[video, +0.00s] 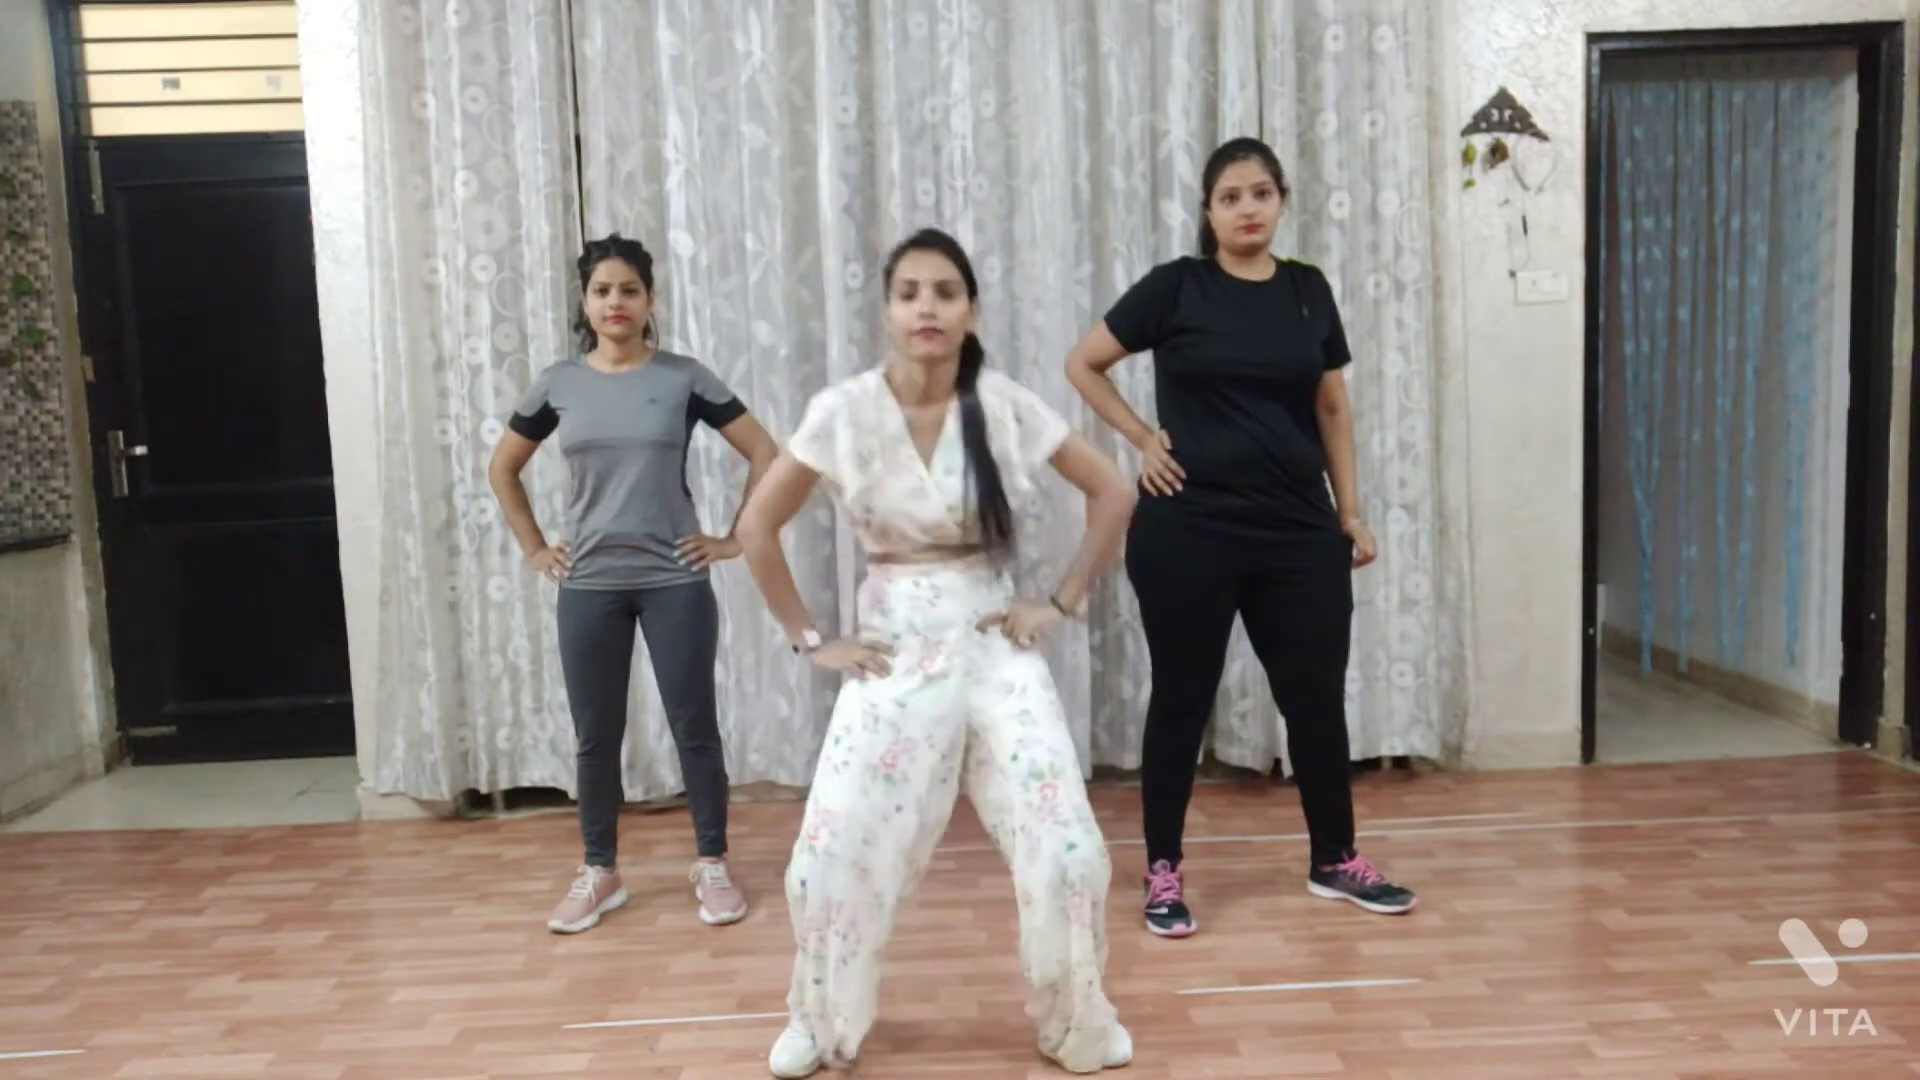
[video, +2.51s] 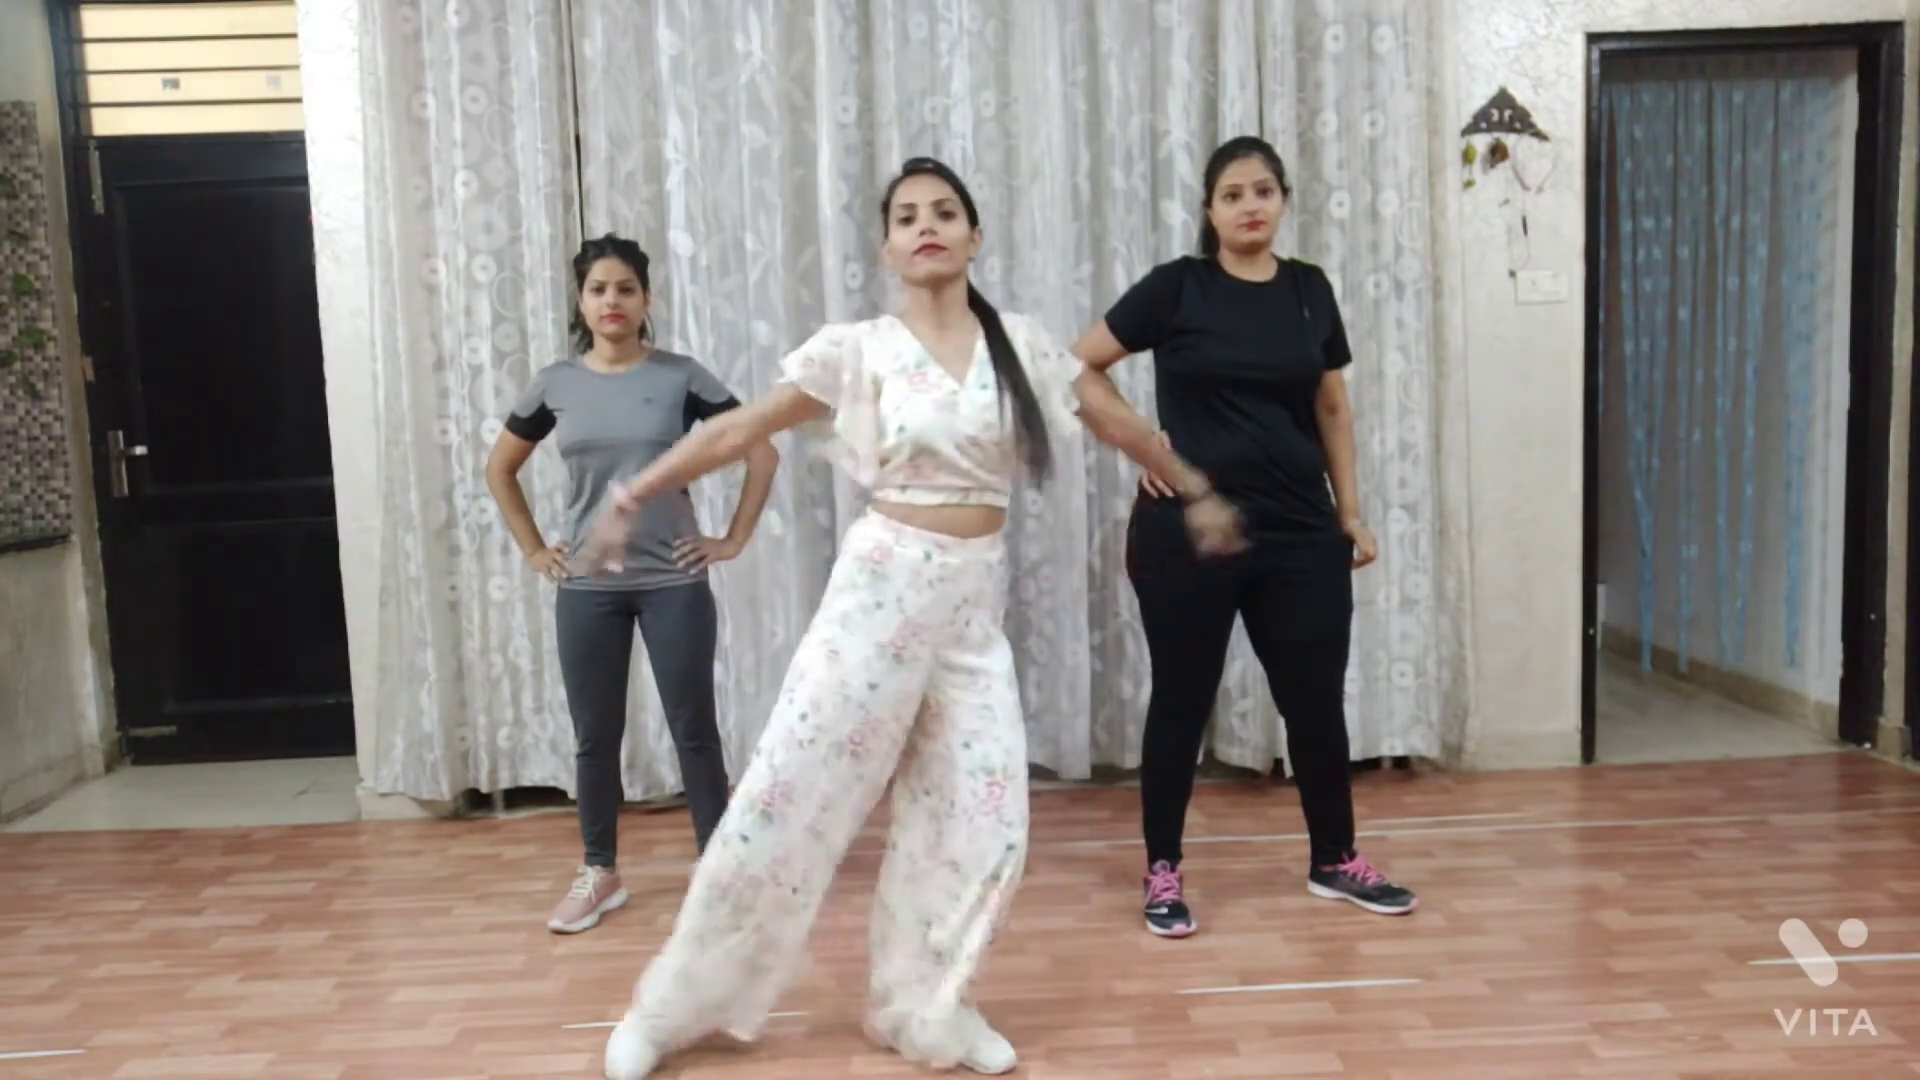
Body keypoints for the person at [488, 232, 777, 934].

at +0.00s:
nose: (616, 302)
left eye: (629, 290)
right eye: (602, 291)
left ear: (650, 301)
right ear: (584, 303)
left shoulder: (685, 379)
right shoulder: (558, 384)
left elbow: (768, 458)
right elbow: (502, 469)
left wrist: (736, 538)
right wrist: (537, 548)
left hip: (675, 575)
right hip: (589, 580)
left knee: (695, 727)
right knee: (596, 737)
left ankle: (712, 865)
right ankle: (599, 872)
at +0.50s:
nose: (617, 302)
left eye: (630, 291)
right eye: (604, 291)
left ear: (650, 301)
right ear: (586, 303)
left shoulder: (686, 379)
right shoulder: (558, 384)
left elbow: (764, 453)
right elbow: (503, 468)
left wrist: (728, 533)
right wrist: (536, 549)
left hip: (674, 575)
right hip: (589, 580)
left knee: (693, 726)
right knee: (595, 737)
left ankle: (713, 865)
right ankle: (599, 872)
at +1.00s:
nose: (617, 301)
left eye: (630, 289)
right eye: (604, 290)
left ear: (651, 301)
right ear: (585, 302)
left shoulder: (685, 378)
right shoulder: (559, 384)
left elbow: (764, 455)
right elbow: (502, 468)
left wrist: (735, 538)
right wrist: (536, 549)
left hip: (674, 574)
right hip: (589, 577)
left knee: (694, 728)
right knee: (595, 737)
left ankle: (712, 866)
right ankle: (599, 872)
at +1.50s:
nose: (616, 302)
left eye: (629, 290)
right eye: (603, 290)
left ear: (649, 302)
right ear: (583, 302)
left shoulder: (682, 378)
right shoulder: (557, 385)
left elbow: (758, 448)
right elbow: (502, 467)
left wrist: (734, 537)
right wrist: (537, 549)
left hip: (675, 573)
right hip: (589, 578)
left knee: (693, 725)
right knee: (595, 735)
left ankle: (712, 866)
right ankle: (599, 872)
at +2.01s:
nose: (613, 301)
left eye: (626, 290)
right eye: (600, 290)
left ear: (646, 302)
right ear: (580, 302)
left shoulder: (681, 378)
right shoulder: (555, 385)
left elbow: (763, 452)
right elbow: (500, 468)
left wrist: (734, 537)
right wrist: (537, 550)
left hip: (674, 574)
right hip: (588, 579)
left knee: (693, 726)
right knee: (594, 736)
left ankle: (712, 866)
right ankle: (599, 872)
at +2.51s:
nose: (612, 300)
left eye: (625, 288)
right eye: (598, 289)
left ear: (647, 299)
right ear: (580, 302)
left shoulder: (683, 379)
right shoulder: (555, 385)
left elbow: (764, 454)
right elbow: (499, 469)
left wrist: (735, 538)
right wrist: (535, 548)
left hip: (674, 580)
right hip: (587, 586)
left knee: (695, 733)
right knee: (595, 739)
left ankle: (719, 876)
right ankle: (599, 872)